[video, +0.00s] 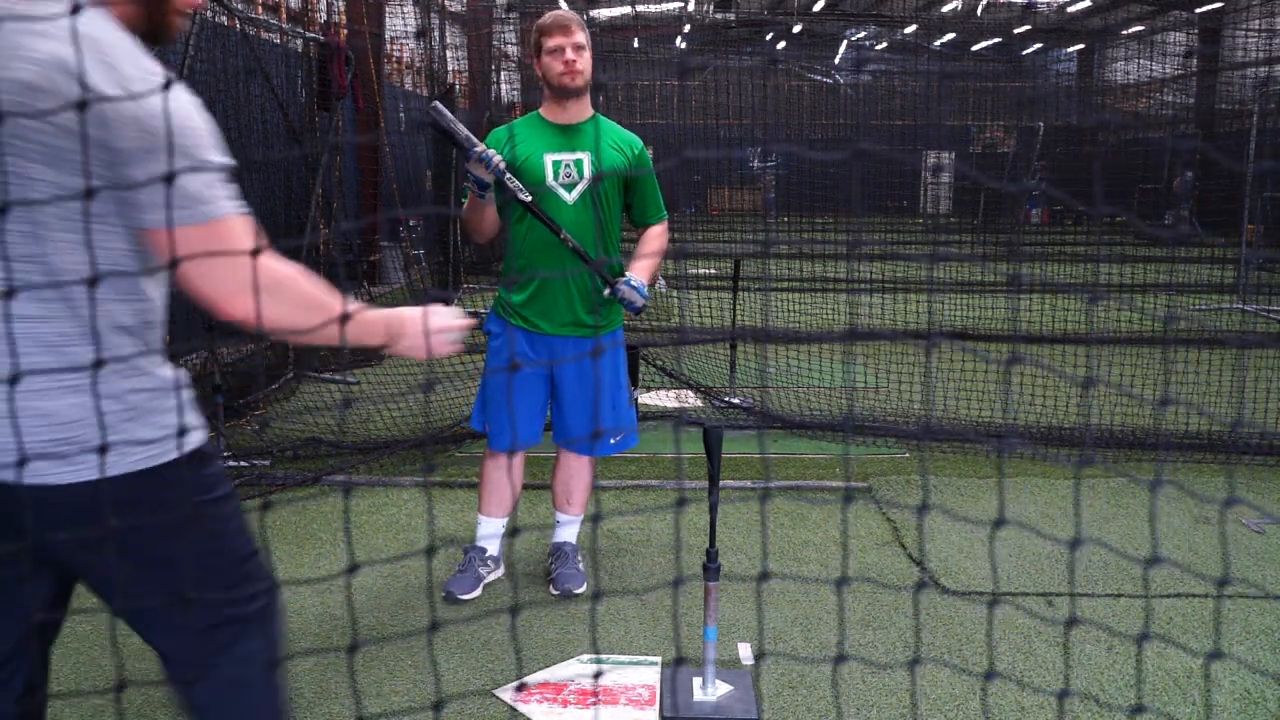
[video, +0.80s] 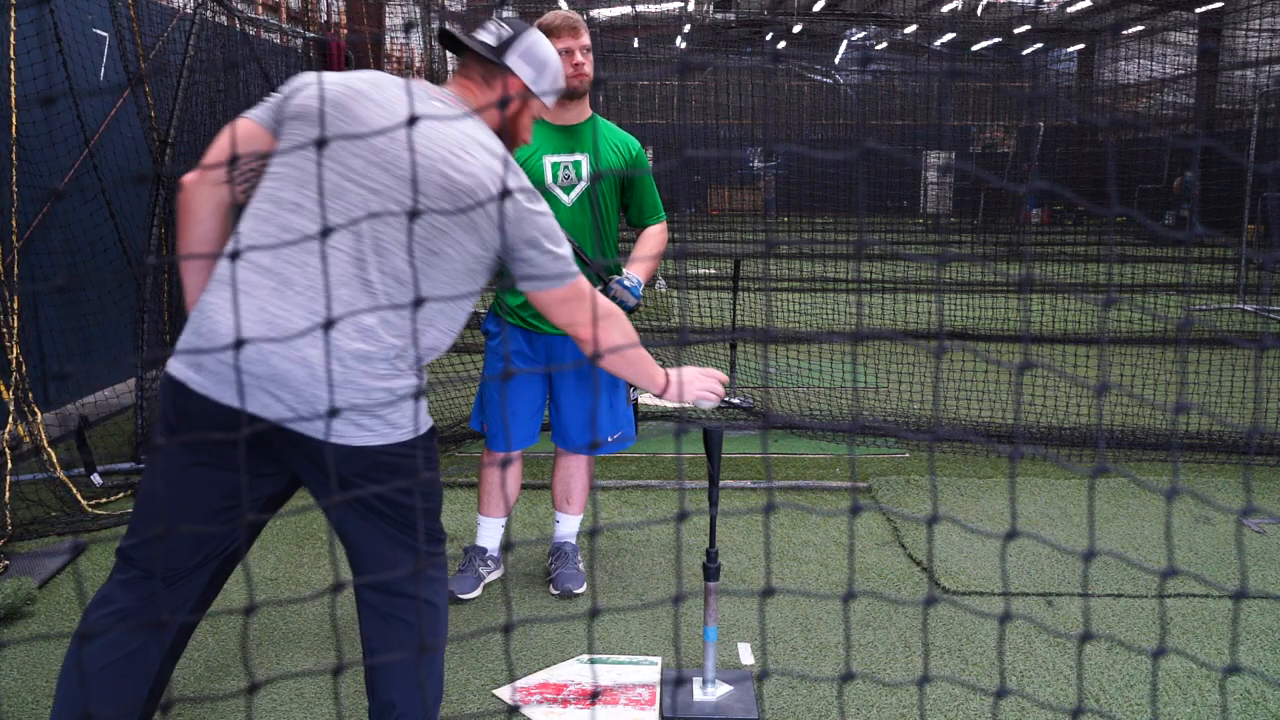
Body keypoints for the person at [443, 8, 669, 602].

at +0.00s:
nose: (569, 59)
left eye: (577, 48)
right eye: (556, 51)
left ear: (592, 57)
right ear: (538, 63)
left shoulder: (625, 148)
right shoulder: (505, 141)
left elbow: (654, 227)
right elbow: (482, 233)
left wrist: (637, 278)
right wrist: (479, 188)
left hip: (593, 322)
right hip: (519, 319)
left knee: (579, 439)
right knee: (504, 440)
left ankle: (566, 547)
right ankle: (486, 551)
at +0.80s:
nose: (580, 61)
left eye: (584, 51)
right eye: (566, 52)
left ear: (595, 60)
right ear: (537, 64)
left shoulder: (621, 148)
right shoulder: (505, 135)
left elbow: (653, 226)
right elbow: (474, 213)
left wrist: (627, 286)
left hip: (589, 324)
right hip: (514, 320)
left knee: (576, 442)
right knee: (500, 444)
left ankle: (566, 546)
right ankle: (485, 551)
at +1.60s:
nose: (516, 88)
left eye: (524, 75)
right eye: (502, 78)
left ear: (537, 71)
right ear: (478, 77)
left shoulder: (568, 147)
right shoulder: (446, 149)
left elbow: (607, 223)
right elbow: (415, 224)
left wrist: (584, 278)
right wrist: (424, 231)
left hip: (547, 324)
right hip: (469, 325)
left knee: (557, 440)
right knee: (455, 443)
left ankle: (564, 545)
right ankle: (434, 549)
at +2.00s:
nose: (435, 114)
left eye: (441, 101)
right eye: (421, 108)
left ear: (457, 77)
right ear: (403, 99)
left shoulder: (512, 134)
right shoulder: (391, 159)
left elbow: (561, 201)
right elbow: (388, 233)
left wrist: (552, 276)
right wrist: (381, 268)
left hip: (515, 319)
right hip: (436, 325)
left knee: (547, 434)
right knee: (436, 443)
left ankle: (577, 540)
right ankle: (430, 548)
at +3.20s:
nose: (461, 166)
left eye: (469, 154)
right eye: (449, 157)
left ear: (489, 122)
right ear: (430, 136)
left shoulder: (537, 172)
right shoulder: (411, 163)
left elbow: (568, 267)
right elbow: (395, 235)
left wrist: (557, 344)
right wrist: (374, 291)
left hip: (528, 332)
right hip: (447, 330)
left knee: (563, 438)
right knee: (430, 439)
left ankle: (605, 539)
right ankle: (417, 543)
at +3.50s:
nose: (489, 217)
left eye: (498, 206)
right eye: (479, 208)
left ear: (517, 179)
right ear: (460, 182)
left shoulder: (553, 221)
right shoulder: (441, 179)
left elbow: (563, 327)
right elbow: (433, 227)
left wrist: (559, 421)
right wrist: (426, 280)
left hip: (537, 339)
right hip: (461, 329)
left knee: (569, 439)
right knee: (439, 435)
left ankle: (606, 542)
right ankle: (418, 540)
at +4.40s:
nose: (505, 160)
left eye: (514, 147)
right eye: (494, 149)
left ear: (536, 122)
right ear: (480, 132)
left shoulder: (573, 182)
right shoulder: (450, 164)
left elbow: (595, 267)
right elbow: (429, 228)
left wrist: (600, 343)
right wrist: (412, 298)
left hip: (541, 335)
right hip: (461, 330)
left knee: (567, 442)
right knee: (439, 436)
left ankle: (604, 536)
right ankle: (417, 541)